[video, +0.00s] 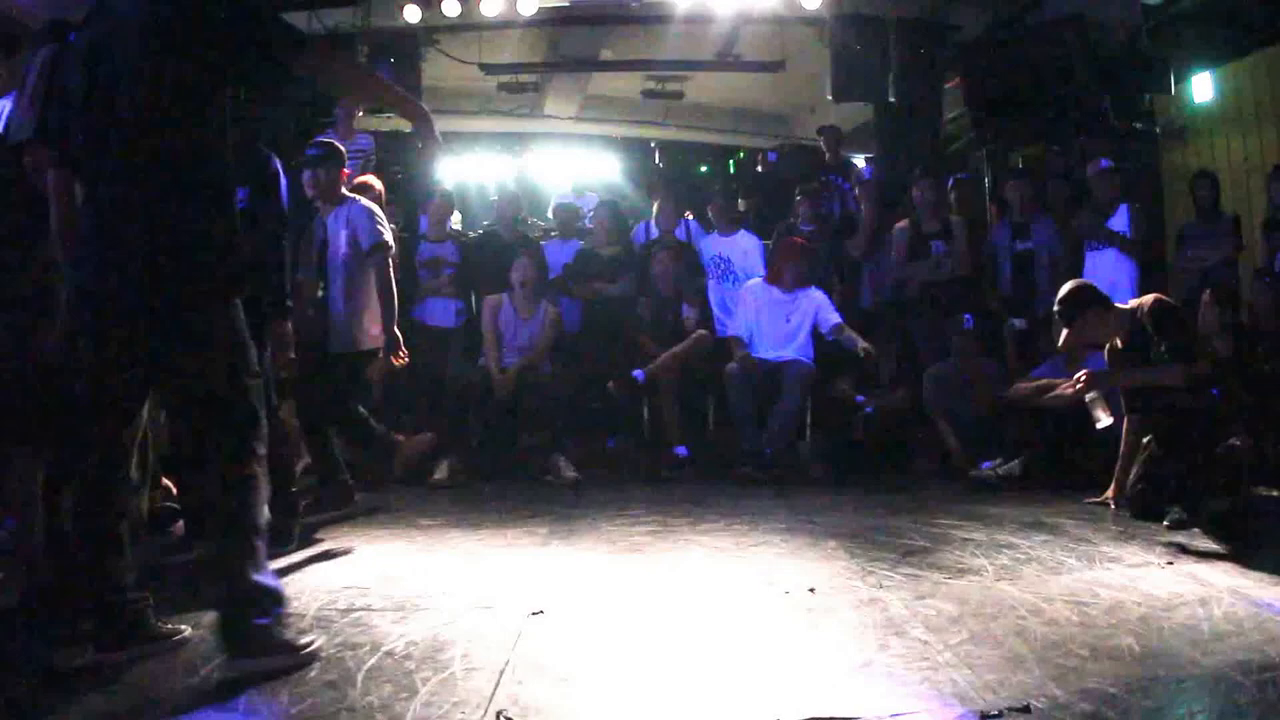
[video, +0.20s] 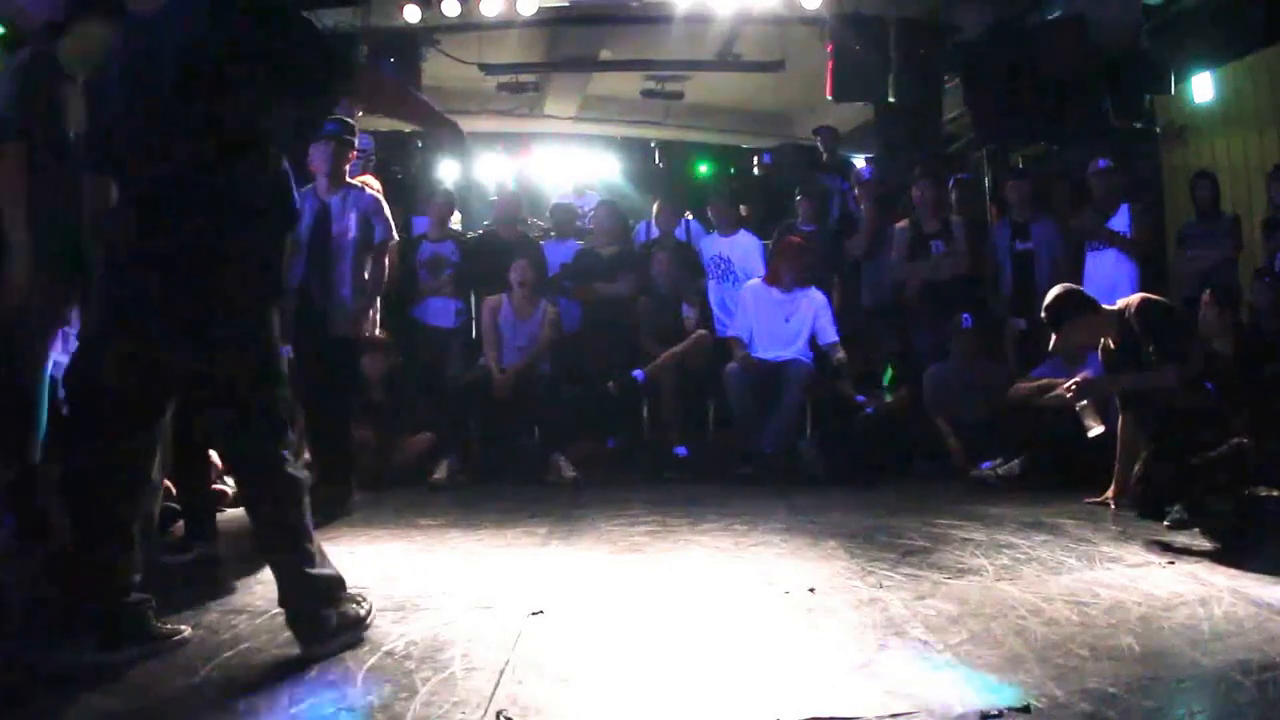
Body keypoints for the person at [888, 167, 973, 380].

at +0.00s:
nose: (924, 197)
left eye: (929, 191)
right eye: (919, 191)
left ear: (938, 194)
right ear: (912, 195)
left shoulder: (956, 226)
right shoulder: (902, 230)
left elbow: (962, 266)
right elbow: (897, 270)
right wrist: (933, 268)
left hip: (950, 295)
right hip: (916, 296)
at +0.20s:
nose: (920, 196)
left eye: (926, 190)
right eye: (917, 190)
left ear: (938, 193)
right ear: (911, 195)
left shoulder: (956, 225)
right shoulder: (902, 230)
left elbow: (963, 264)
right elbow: (896, 270)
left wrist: (921, 276)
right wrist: (939, 266)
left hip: (950, 301)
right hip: (915, 304)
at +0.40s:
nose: (922, 195)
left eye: (927, 189)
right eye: (918, 190)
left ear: (937, 193)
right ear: (912, 194)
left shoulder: (955, 225)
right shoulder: (902, 230)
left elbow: (962, 264)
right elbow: (897, 270)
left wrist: (922, 276)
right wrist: (936, 264)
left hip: (951, 296)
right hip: (917, 299)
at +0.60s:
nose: (923, 198)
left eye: (928, 192)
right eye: (919, 192)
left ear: (938, 195)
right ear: (912, 196)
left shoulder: (954, 225)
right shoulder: (902, 230)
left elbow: (961, 264)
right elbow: (897, 270)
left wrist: (922, 277)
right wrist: (935, 264)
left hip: (951, 297)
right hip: (918, 300)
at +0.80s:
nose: (925, 196)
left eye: (930, 189)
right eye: (920, 189)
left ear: (941, 193)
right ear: (913, 194)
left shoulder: (956, 225)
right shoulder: (902, 230)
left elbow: (961, 265)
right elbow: (898, 271)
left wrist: (921, 276)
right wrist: (941, 265)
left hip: (953, 300)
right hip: (918, 303)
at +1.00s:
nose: (922, 195)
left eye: (927, 189)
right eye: (917, 189)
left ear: (937, 193)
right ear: (911, 194)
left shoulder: (954, 224)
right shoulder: (902, 230)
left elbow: (961, 264)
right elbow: (896, 271)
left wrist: (920, 277)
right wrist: (937, 264)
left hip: (950, 299)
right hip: (916, 302)